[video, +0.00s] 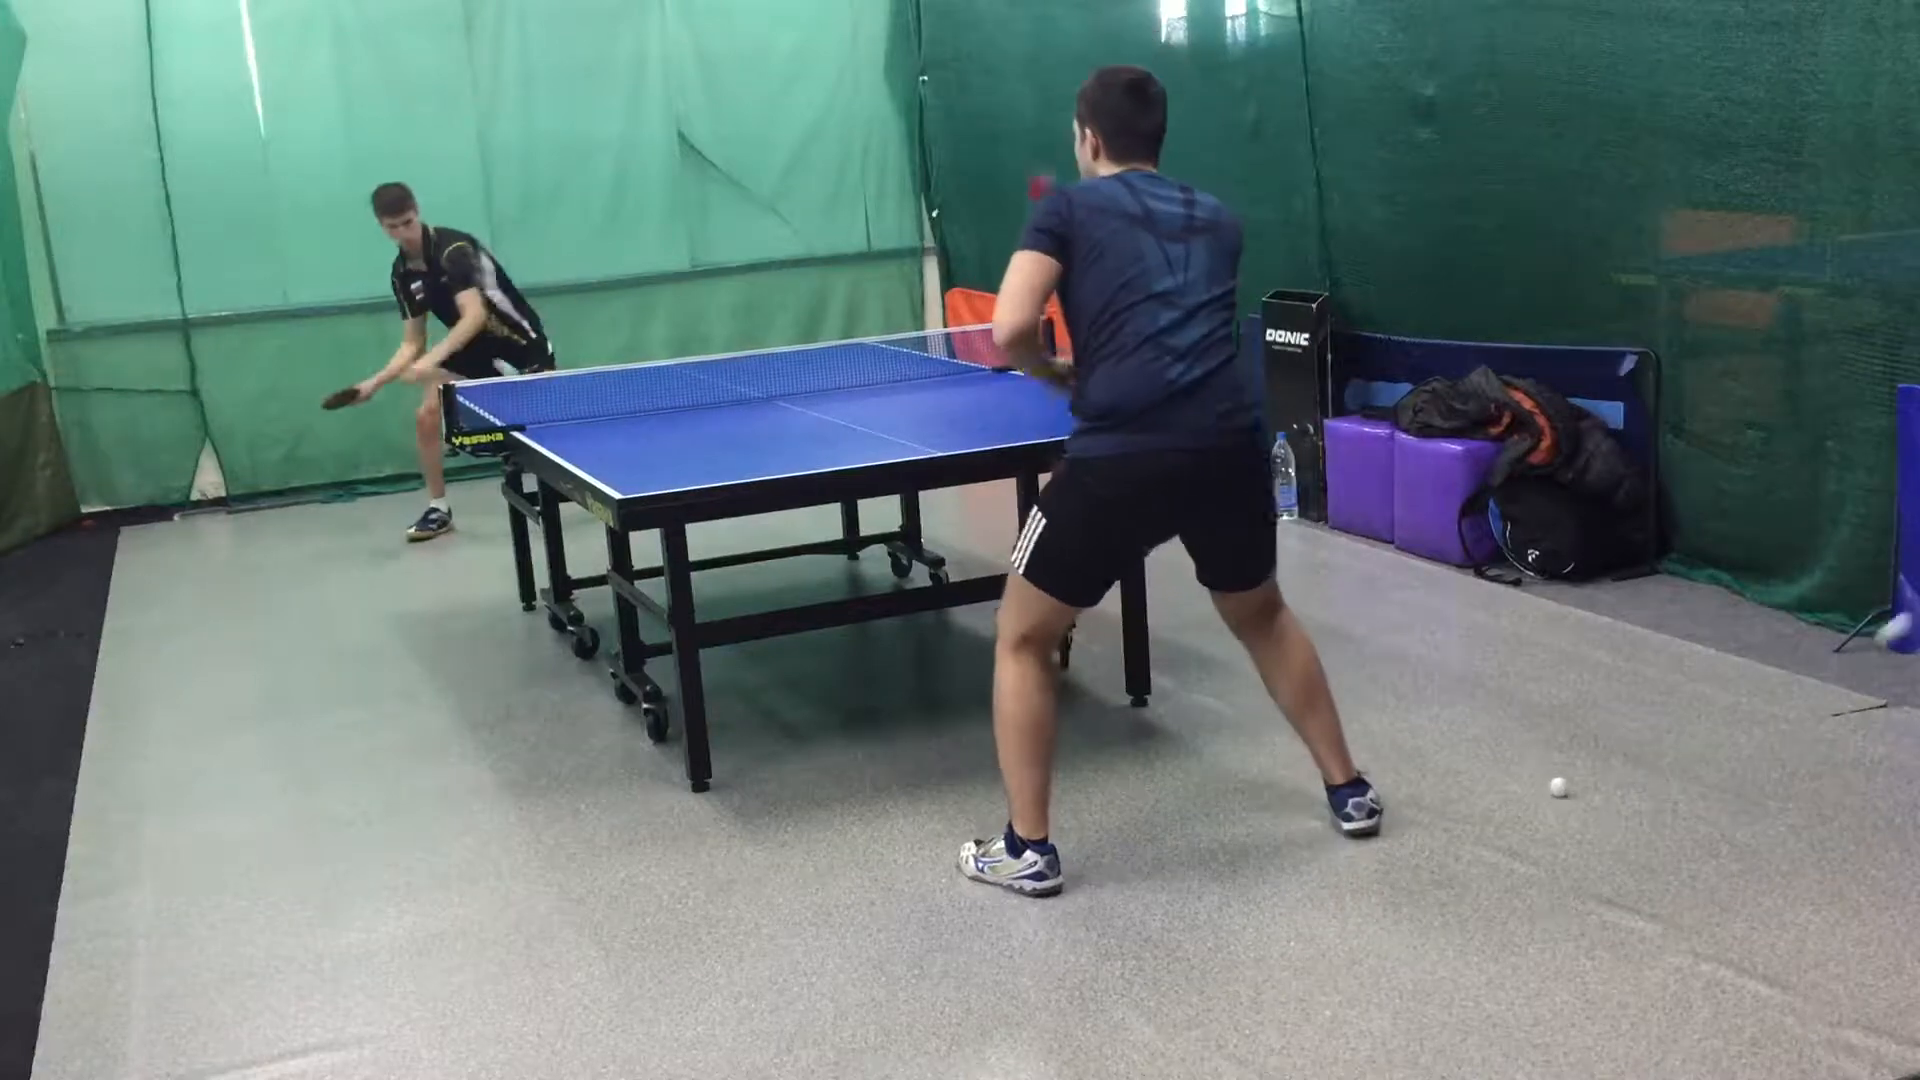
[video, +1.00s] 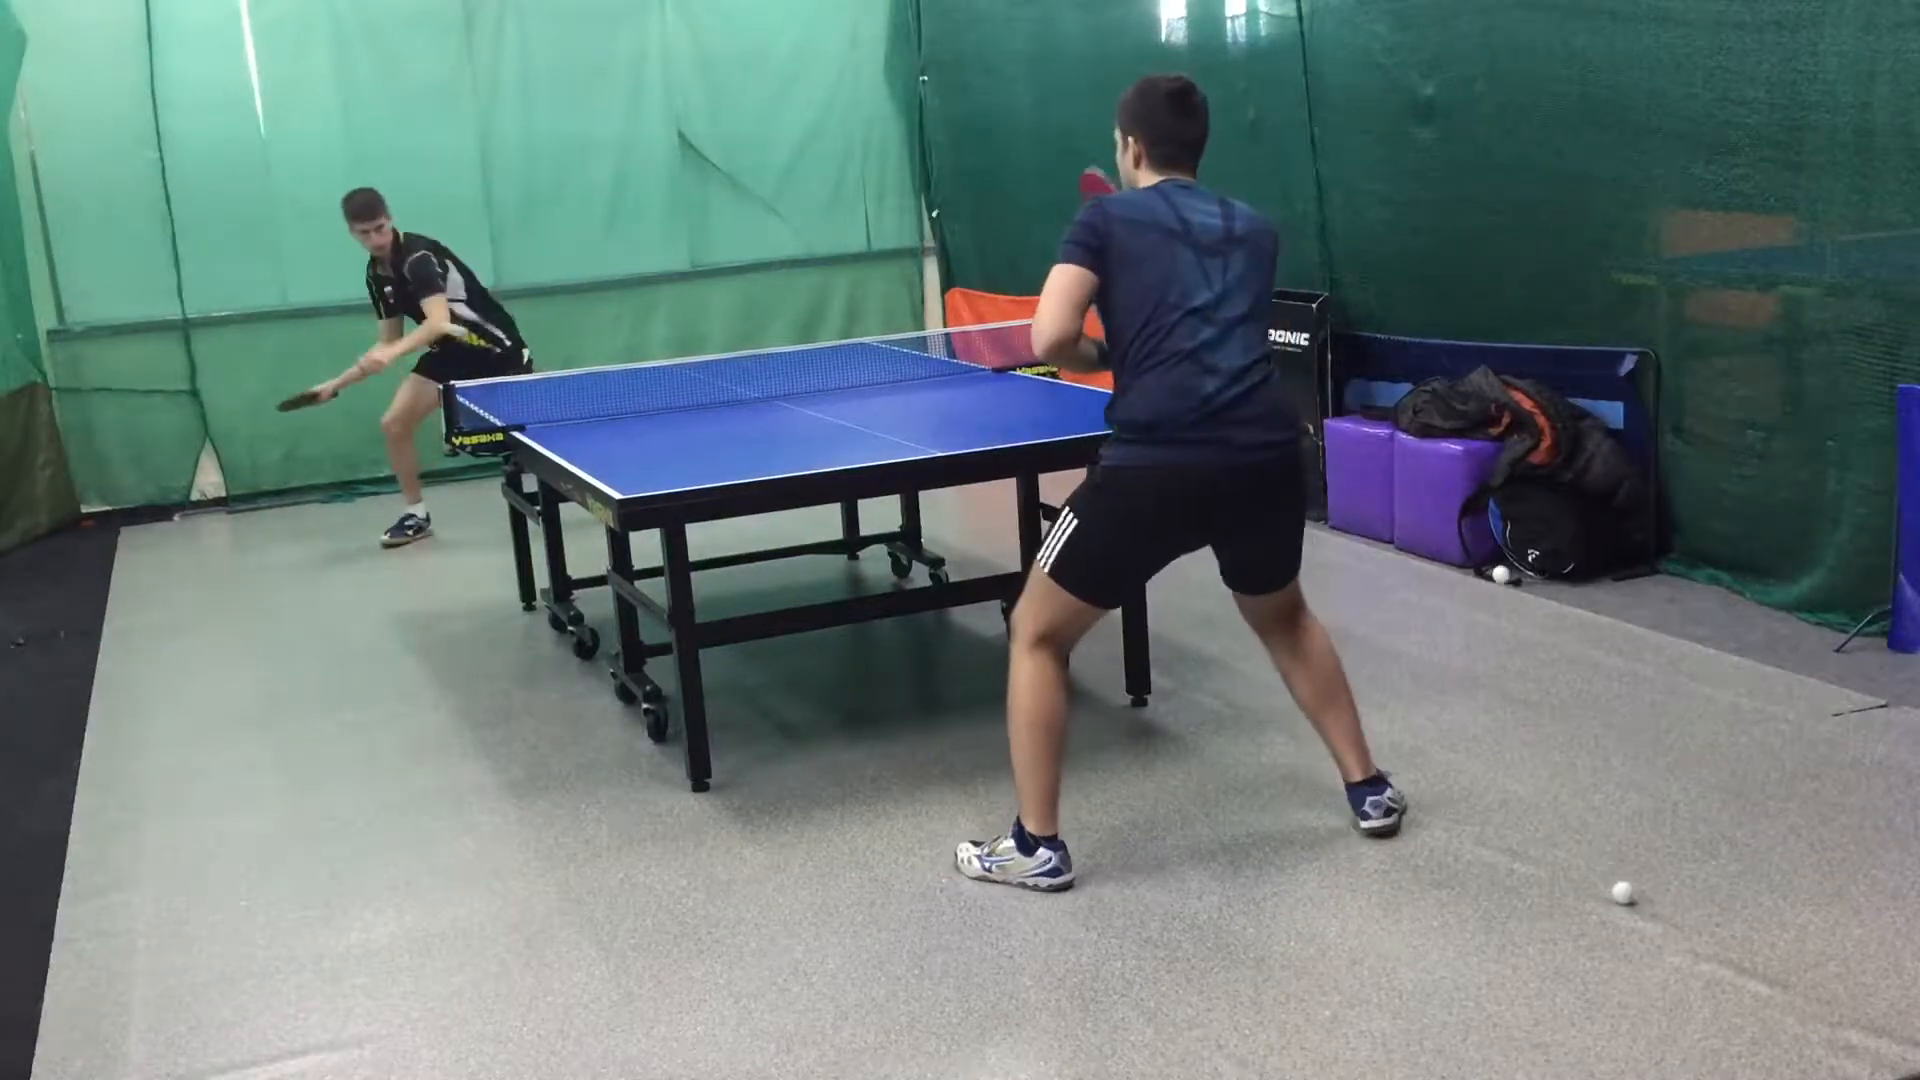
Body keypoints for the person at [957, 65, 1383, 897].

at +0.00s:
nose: (1075, 145)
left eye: (1075, 134)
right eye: (1081, 133)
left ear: (1087, 139)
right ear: (1159, 139)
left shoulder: (1069, 207)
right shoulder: (1215, 215)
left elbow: (1013, 327)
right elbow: (1204, 324)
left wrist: (1053, 370)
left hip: (1120, 465)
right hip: (1228, 457)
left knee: (1024, 639)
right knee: (1265, 618)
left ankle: (1028, 845)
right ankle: (1349, 791)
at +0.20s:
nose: (1112, 144)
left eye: (1113, 134)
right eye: (1117, 132)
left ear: (1125, 139)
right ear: (1196, 140)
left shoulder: (1094, 207)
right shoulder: (1252, 216)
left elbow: (1034, 326)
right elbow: (1271, 347)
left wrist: (1087, 332)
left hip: (1135, 451)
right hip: (1248, 447)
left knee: (1038, 624)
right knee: (1281, 611)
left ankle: (1026, 826)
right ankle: (1351, 791)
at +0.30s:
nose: (1128, 141)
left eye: (1128, 130)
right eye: (1134, 129)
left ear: (1138, 135)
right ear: (1209, 136)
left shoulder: (1098, 204)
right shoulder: (1263, 215)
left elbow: (1030, 319)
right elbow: (1291, 357)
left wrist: (1096, 331)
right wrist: (1314, 403)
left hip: (1124, 448)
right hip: (1239, 447)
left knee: (1036, 623)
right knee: (1289, 610)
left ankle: (1021, 825)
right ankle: (1351, 792)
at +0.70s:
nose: (1163, 169)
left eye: (1164, 159)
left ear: (1171, 164)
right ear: (1243, 174)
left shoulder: (1120, 230)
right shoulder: (1281, 259)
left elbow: (1042, 342)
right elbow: (1290, 397)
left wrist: (1115, 360)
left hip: (1128, 481)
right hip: (1245, 479)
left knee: (1040, 641)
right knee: (1302, 611)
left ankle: (1025, 841)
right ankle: (1348, 790)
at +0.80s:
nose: (1151, 145)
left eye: (1152, 135)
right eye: (1164, 136)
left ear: (1162, 141)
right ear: (1233, 149)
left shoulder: (1117, 208)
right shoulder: (1276, 232)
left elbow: (1046, 324)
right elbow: (1276, 345)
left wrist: (1109, 340)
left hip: (1146, 460)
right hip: (1261, 456)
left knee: (1049, 636)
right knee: (1299, 610)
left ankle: (1027, 839)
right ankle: (1351, 786)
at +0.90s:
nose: (1137, 144)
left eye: (1138, 133)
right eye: (1144, 133)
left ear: (1146, 138)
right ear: (1216, 142)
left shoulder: (1116, 204)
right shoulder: (1266, 220)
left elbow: (1051, 324)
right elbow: (1244, 326)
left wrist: (1109, 339)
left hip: (1158, 458)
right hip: (1268, 452)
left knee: (1049, 633)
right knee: (1293, 613)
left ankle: (1039, 840)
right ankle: (1370, 787)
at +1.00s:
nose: (1117, 152)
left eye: (1119, 142)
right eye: (1121, 142)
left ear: (1130, 146)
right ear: (1201, 149)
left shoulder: (1105, 219)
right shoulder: (1254, 228)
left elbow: (1051, 337)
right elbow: (1232, 329)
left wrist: (1101, 353)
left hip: (1152, 474)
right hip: (1263, 466)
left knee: (1038, 636)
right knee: (1286, 617)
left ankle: (1037, 841)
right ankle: (1369, 789)